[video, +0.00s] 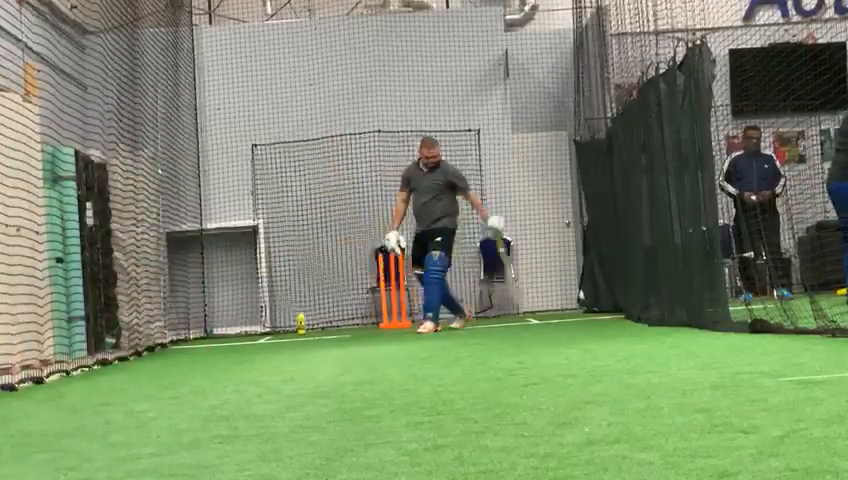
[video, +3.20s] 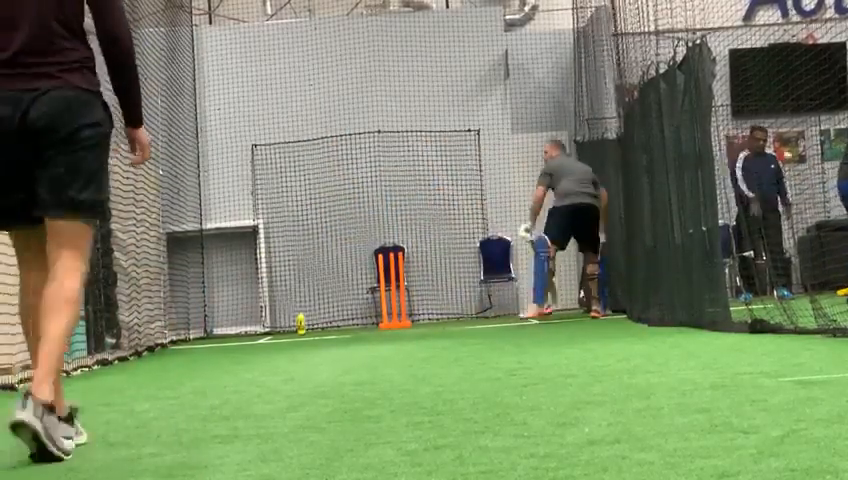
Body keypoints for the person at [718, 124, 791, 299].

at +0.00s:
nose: (754, 142)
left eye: (757, 139)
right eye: (750, 139)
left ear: (761, 140)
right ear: (743, 140)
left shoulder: (769, 159)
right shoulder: (734, 159)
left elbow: (782, 179)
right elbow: (722, 182)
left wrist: (771, 193)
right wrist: (741, 195)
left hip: (768, 210)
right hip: (745, 211)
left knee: (773, 247)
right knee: (746, 251)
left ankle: (780, 286)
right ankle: (750, 290)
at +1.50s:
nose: (755, 142)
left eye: (758, 139)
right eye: (751, 138)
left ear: (762, 141)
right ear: (744, 140)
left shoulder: (769, 159)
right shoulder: (735, 159)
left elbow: (777, 185)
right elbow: (721, 181)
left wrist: (781, 207)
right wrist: (735, 178)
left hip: (768, 211)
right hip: (744, 212)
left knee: (774, 248)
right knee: (746, 252)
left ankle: (779, 286)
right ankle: (748, 289)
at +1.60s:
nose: (755, 142)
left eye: (759, 139)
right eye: (752, 138)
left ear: (762, 142)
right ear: (744, 140)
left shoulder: (769, 160)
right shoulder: (736, 160)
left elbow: (777, 186)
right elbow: (724, 178)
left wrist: (781, 207)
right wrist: (710, 179)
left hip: (768, 211)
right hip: (744, 212)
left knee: (774, 248)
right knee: (746, 251)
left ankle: (779, 286)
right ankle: (748, 289)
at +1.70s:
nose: (754, 142)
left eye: (758, 139)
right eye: (751, 138)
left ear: (762, 142)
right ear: (744, 140)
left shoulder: (769, 160)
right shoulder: (735, 161)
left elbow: (777, 186)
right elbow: (717, 174)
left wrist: (781, 207)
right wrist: (705, 167)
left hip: (768, 211)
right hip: (744, 212)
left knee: (774, 248)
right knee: (745, 251)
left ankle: (780, 286)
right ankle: (749, 289)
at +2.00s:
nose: (756, 143)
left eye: (759, 141)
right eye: (752, 140)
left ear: (763, 142)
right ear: (745, 140)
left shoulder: (768, 160)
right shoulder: (735, 159)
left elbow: (781, 180)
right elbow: (713, 170)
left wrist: (779, 192)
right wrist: (727, 155)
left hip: (767, 210)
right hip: (744, 211)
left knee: (773, 247)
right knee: (744, 250)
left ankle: (779, 286)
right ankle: (749, 289)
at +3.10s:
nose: (759, 144)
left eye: (762, 141)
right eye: (755, 140)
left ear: (765, 141)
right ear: (749, 141)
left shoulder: (772, 158)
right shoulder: (740, 157)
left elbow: (780, 182)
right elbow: (731, 172)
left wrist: (786, 203)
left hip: (770, 209)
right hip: (748, 210)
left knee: (775, 247)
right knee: (746, 250)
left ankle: (781, 286)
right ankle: (749, 289)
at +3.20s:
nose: (761, 143)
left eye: (764, 140)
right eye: (757, 140)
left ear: (766, 141)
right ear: (749, 140)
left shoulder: (772, 158)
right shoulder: (742, 158)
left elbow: (780, 180)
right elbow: (739, 180)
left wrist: (785, 201)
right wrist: (751, 198)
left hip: (771, 206)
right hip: (750, 207)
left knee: (775, 245)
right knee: (748, 247)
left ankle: (780, 285)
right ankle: (749, 288)